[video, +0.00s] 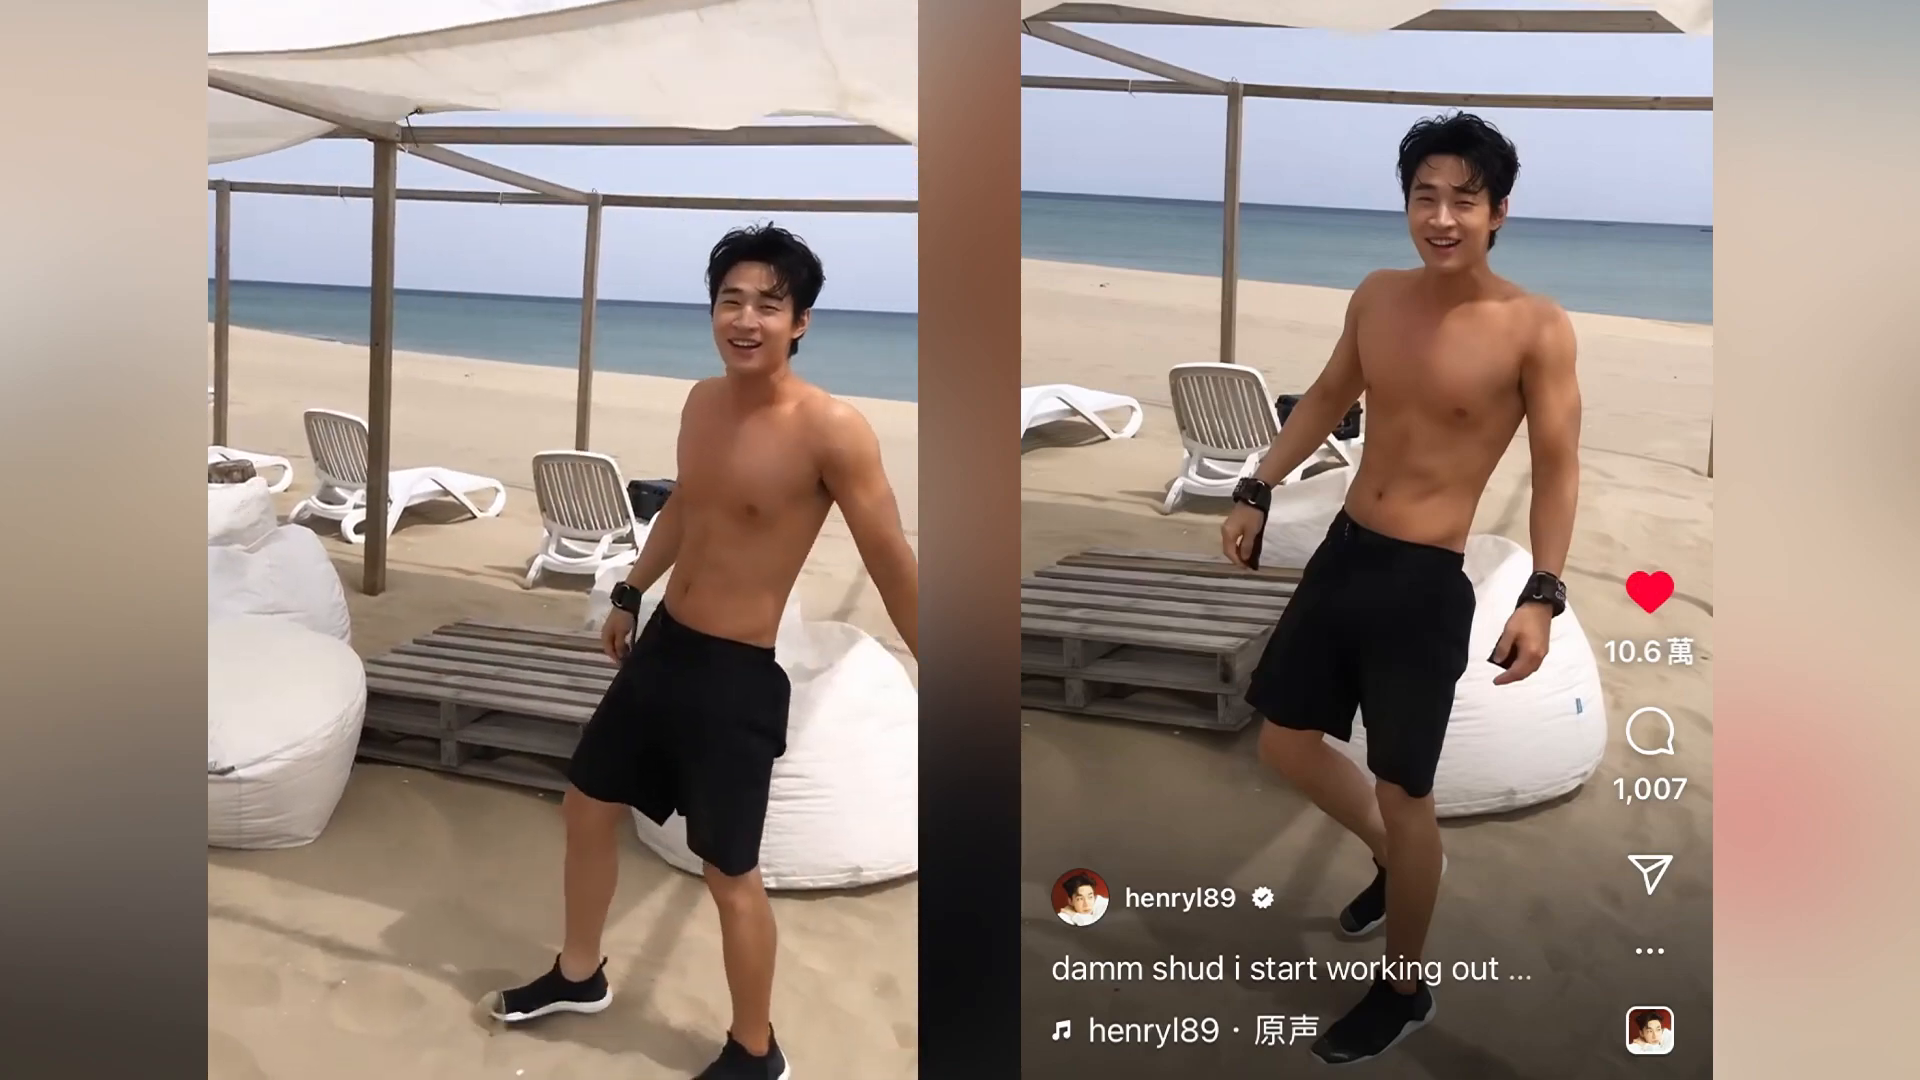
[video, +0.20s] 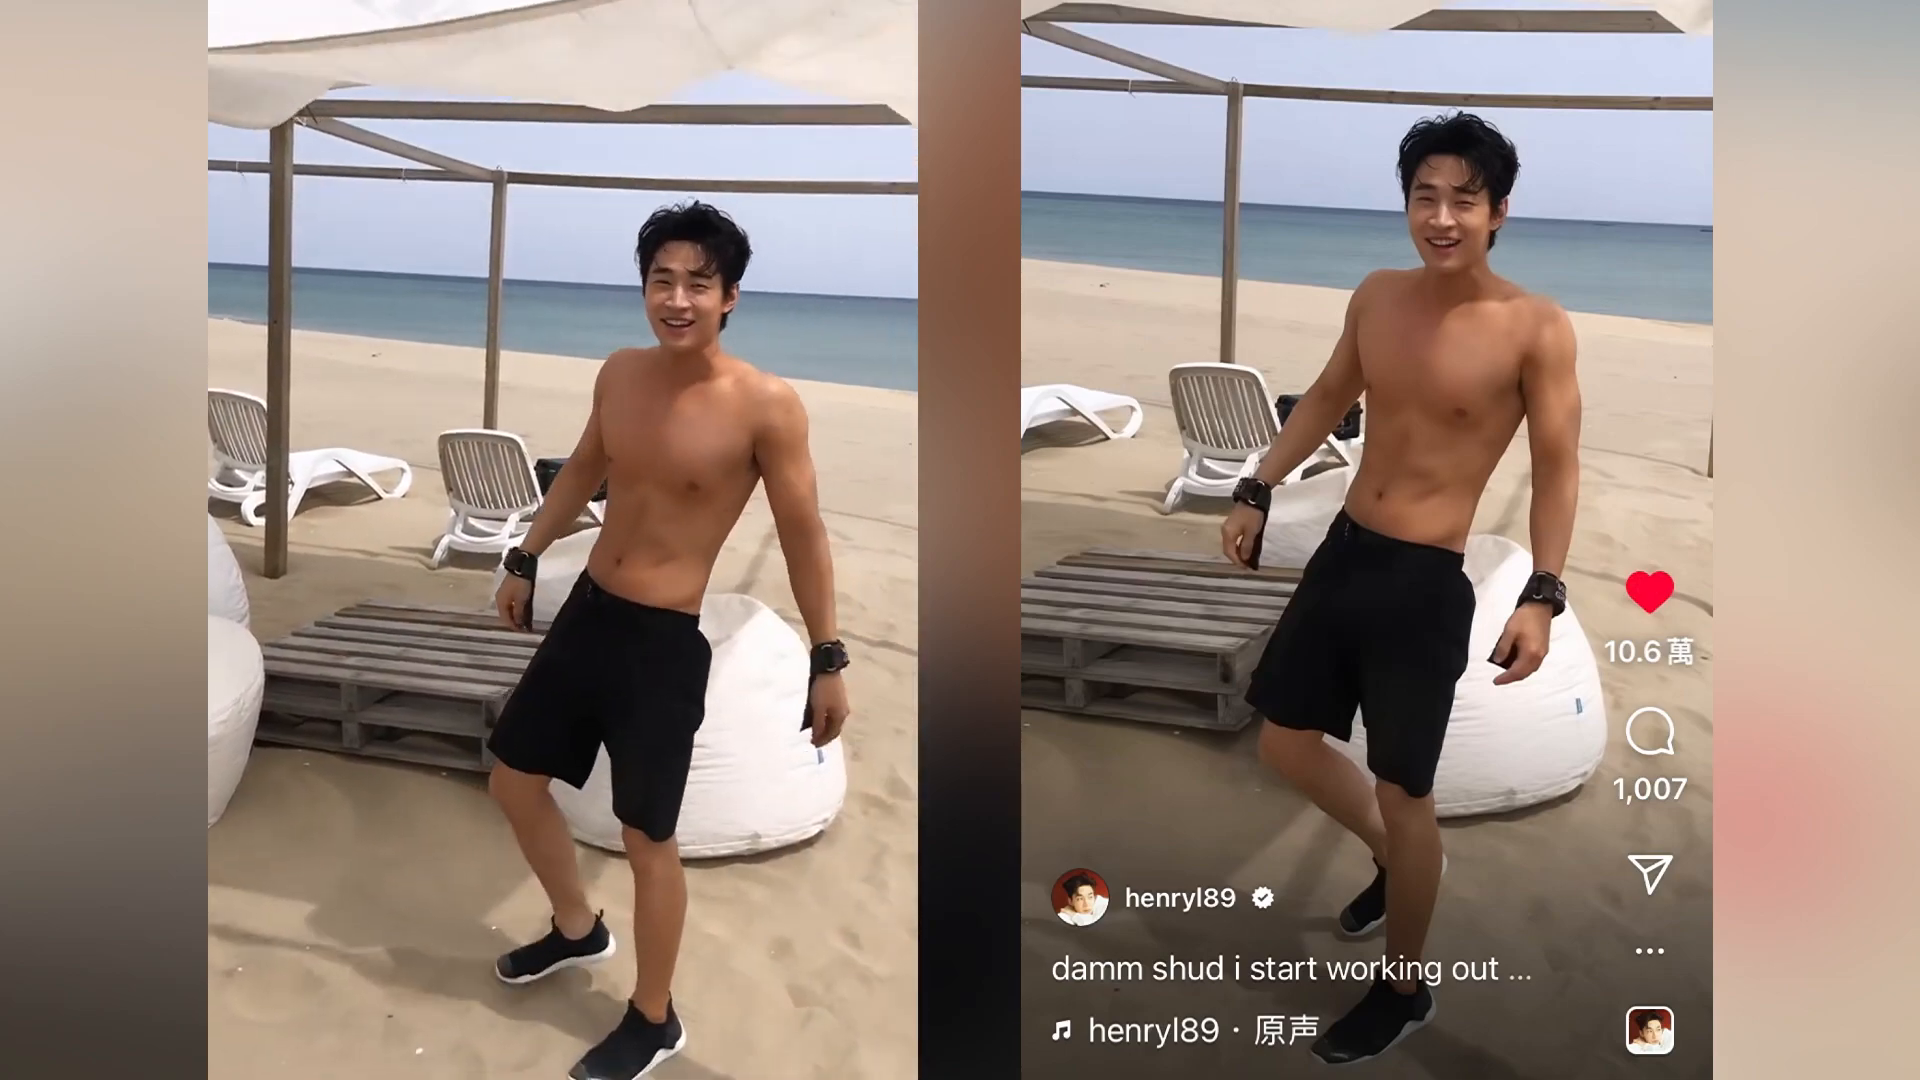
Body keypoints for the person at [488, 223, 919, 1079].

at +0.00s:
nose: (743, 318)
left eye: (765, 303)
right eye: (730, 300)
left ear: (799, 322)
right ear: (712, 312)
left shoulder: (831, 428)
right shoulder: (703, 401)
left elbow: (894, 567)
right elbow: (682, 509)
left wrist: (940, 671)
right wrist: (627, 596)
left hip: (739, 675)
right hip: (664, 649)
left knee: (732, 874)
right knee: (588, 804)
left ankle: (753, 1048)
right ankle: (578, 975)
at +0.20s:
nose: (676, 298)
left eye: (698, 282)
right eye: (661, 280)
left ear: (730, 296)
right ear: (643, 289)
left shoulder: (766, 406)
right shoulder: (619, 375)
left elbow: (803, 535)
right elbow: (587, 467)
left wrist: (828, 660)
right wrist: (523, 556)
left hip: (665, 640)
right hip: (587, 617)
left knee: (646, 835)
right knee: (514, 777)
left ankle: (653, 1016)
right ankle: (577, 927)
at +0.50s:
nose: (596, 202)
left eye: (617, 185)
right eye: (582, 184)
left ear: (651, 197)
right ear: (564, 193)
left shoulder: (684, 303)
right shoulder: (546, 285)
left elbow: (714, 429)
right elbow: (504, 382)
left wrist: (678, 518)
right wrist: (437, 449)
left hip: (598, 545)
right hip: (528, 527)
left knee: (566, 748)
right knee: (504, 708)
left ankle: (557, 939)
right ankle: (604, 819)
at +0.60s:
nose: (582, 172)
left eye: (603, 155)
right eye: (567, 154)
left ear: (637, 164)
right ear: (551, 162)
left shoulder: (672, 267)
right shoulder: (544, 257)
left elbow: (707, 386)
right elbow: (516, 359)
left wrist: (684, 470)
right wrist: (454, 429)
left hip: (605, 510)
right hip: (538, 497)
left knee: (564, 711)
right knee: (532, 681)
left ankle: (550, 907)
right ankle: (619, 802)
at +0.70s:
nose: (571, 168)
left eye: (591, 151)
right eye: (557, 151)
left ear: (624, 159)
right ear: (542, 158)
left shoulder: (662, 248)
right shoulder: (549, 257)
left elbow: (702, 361)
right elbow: (533, 361)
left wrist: (694, 458)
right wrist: (477, 438)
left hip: (614, 499)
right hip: (552, 488)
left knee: (562, 695)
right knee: (561, 666)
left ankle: (546, 891)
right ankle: (626, 798)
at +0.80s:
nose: (567, 181)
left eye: (585, 165)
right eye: (552, 166)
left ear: (617, 175)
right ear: (538, 179)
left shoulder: (656, 255)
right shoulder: (555, 280)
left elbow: (703, 371)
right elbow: (553, 384)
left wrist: (704, 482)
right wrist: (508, 472)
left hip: (623, 507)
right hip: (566, 498)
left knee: (567, 700)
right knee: (582, 674)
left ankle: (548, 897)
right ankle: (628, 811)